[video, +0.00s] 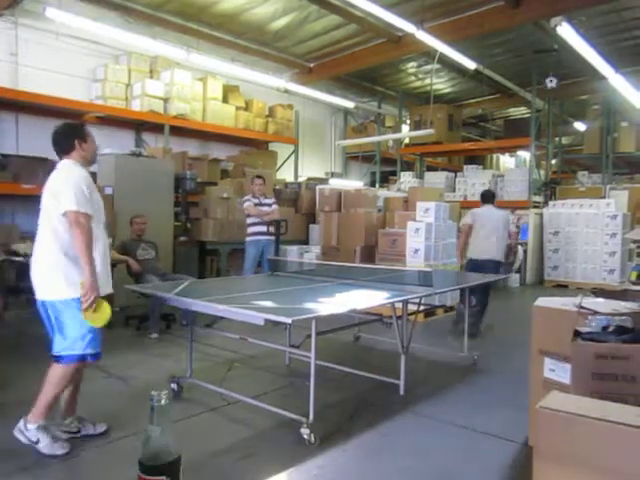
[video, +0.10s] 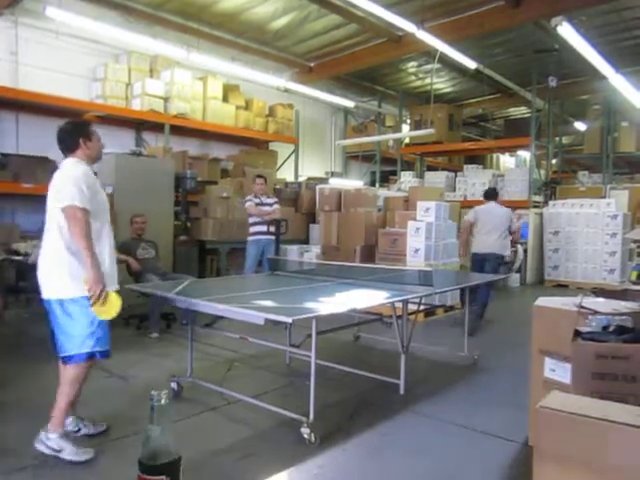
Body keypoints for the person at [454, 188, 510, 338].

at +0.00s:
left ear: (480, 201)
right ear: (494, 201)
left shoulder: (473, 213)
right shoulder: (504, 215)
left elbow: (464, 233)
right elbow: (512, 239)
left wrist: (460, 255)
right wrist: (508, 258)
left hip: (474, 259)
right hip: (495, 260)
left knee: (467, 292)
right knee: (484, 293)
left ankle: (461, 321)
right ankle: (475, 326)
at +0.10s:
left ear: (484, 199)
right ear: (498, 198)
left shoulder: (477, 210)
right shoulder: (507, 212)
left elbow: (466, 224)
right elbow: (514, 231)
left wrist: (463, 247)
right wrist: (514, 244)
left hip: (478, 250)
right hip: (496, 251)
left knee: (474, 284)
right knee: (487, 286)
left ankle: (471, 311)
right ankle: (476, 317)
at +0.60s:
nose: (525, 205)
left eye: (525, 203)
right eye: (525, 203)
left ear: (512, 203)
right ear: (522, 203)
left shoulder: (503, 214)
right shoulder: (526, 214)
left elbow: (495, 232)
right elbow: (530, 233)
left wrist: (493, 248)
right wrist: (533, 252)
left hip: (501, 251)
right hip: (518, 251)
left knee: (499, 277)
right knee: (520, 278)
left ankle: (493, 296)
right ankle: (517, 301)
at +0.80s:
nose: (528, 215)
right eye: (527, 213)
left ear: (515, 212)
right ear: (526, 213)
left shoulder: (507, 221)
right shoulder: (528, 223)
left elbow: (497, 232)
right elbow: (533, 236)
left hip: (506, 253)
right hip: (521, 253)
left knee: (508, 275)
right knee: (523, 276)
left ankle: (508, 295)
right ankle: (518, 298)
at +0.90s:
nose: (529, 225)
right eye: (529, 224)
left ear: (519, 222)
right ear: (528, 224)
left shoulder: (510, 229)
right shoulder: (529, 232)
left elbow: (499, 238)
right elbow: (536, 247)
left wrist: (500, 251)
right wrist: (539, 258)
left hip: (507, 256)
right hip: (522, 257)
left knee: (509, 275)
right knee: (526, 274)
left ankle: (510, 294)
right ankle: (523, 294)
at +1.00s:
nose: (531, 233)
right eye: (531, 232)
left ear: (522, 229)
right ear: (531, 231)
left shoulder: (513, 234)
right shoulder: (533, 240)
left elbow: (503, 243)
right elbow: (537, 254)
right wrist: (539, 268)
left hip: (509, 259)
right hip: (524, 260)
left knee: (509, 277)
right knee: (527, 277)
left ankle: (510, 294)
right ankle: (526, 294)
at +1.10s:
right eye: (534, 232)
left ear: (525, 229)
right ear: (534, 232)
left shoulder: (515, 234)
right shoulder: (535, 239)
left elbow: (506, 242)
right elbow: (539, 253)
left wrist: (503, 251)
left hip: (512, 258)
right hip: (527, 259)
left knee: (511, 276)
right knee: (527, 278)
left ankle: (511, 294)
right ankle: (527, 295)